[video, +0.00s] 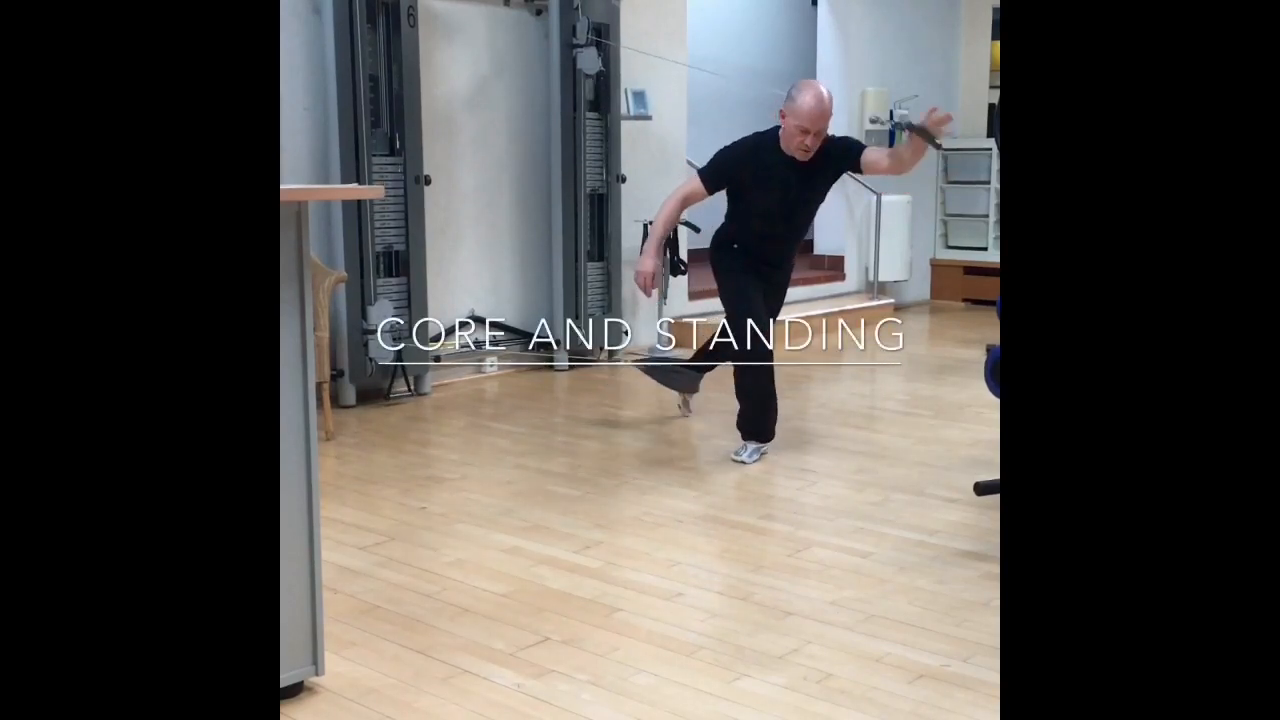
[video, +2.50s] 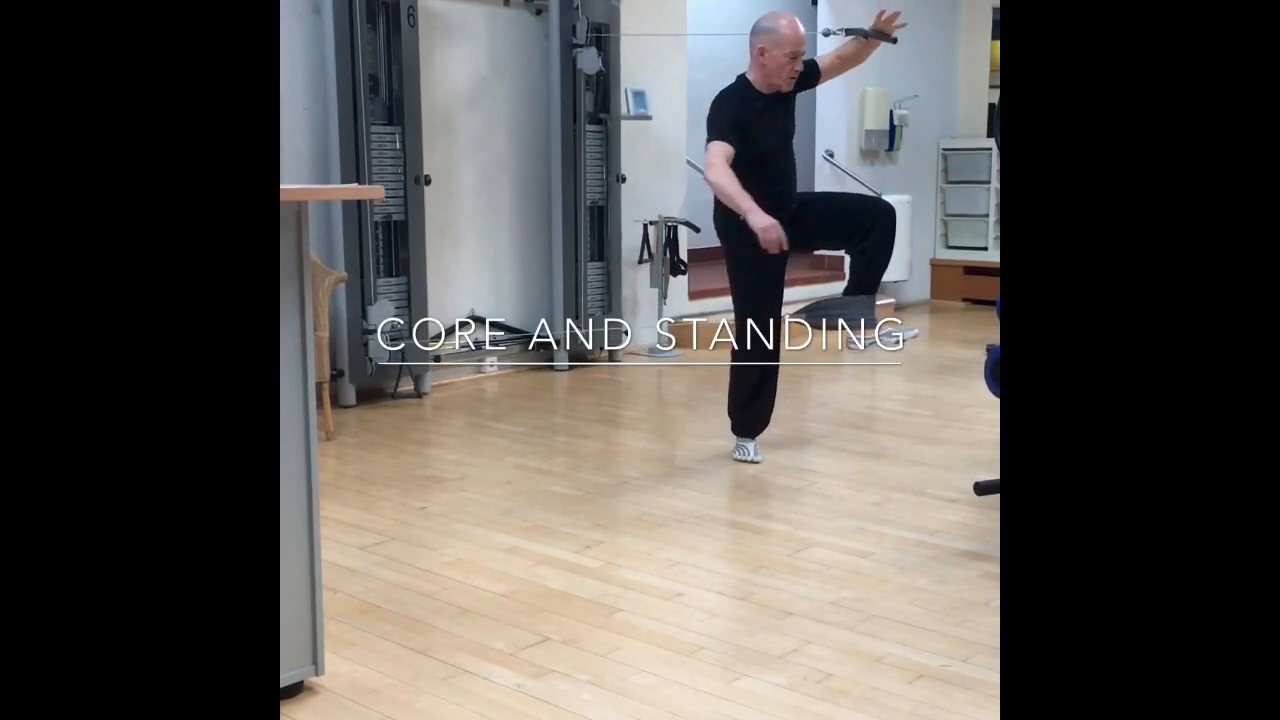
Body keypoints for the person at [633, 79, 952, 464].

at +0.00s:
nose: (810, 142)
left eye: (819, 134)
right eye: (802, 131)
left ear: (829, 125)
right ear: (783, 117)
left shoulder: (836, 153)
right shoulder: (746, 153)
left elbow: (897, 161)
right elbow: (679, 199)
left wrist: (923, 135)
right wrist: (650, 254)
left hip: (778, 262)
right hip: (733, 253)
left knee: (746, 331)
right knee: (755, 335)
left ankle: (690, 372)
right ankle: (756, 436)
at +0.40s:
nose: (800, 112)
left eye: (809, 102)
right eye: (791, 102)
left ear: (819, 91)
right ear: (772, 91)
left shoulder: (830, 111)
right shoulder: (744, 133)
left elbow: (883, 105)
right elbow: (687, 188)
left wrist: (890, 74)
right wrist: (653, 241)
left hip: (794, 244)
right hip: (747, 241)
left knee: (775, 338)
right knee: (761, 333)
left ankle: (704, 382)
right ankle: (749, 437)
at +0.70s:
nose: (795, 96)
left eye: (803, 85)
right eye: (786, 86)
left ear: (812, 76)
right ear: (763, 76)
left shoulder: (818, 95)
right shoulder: (737, 120)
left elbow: (873, 90)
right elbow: (687, 180)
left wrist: (885, 69)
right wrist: (674, 236)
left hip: (798, 232)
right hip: (748, 236)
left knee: (826, 317)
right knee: (756, 338)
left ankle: (757, 348)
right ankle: (747, 436)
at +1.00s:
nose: (789, 81)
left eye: (796, 70)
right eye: (779, 72)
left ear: (804, 63)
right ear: (756, 64)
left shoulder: (814, 88)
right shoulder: (727, 111)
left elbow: (870, 88)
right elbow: (675, 169)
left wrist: (886, 71)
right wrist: (654, 227)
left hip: (803, 218)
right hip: (754, 230)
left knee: (861, 263)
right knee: (756, 334)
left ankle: (815, 333)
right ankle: (747, 435)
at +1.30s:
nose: (788, 72)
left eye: (795, 62)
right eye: (778, 62)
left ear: (802, 57)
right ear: (755, 56)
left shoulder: (809, 89)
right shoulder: (719, 106)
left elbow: (870, 91)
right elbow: (665, 155)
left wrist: (887, 65)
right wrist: (624, 210)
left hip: (803, 213)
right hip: (753, 231)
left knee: (874, 218)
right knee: (759, 333)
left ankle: (876, 322)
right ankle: (748, 435)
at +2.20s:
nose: (779, 63)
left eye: (782, 53)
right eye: (769, 54)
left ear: (785, 49)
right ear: (741, 52)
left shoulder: (791, 82)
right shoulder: (717, 107)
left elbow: (852, 58)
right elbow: (684, 166)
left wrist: (877, 18)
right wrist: (695, 213)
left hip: (799, 213)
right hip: (751, 232)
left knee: (876, 210)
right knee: (754, 332)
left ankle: (882, 319)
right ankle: (746, 433)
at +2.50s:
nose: (802, 65)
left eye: (803, 56)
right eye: (794, 57)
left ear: (771, 55)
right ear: (761, 54)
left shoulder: (788, 82)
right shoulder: (731, 104)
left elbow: (839, 61)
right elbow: (715, 170)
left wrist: (875, 36)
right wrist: (755, 215)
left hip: (791, 213)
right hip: (748, 227)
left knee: (877, 216)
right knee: (758, 328)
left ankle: (856, 314)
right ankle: (745, 433)